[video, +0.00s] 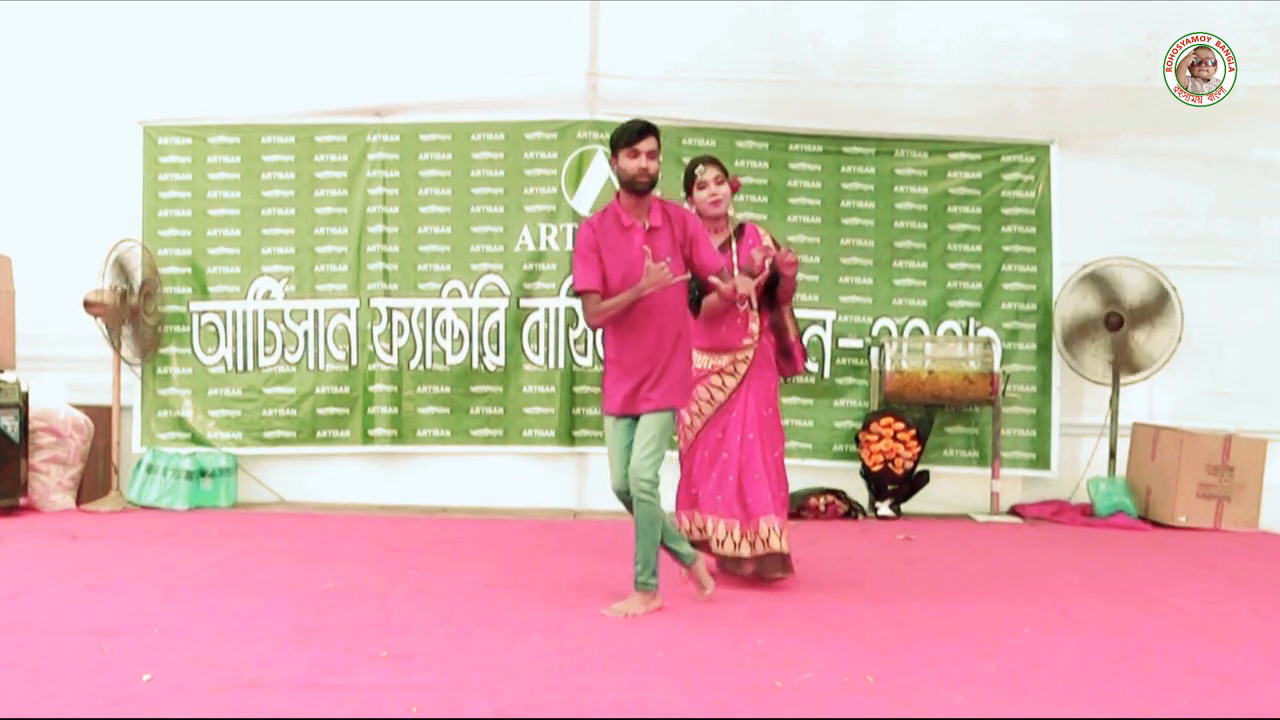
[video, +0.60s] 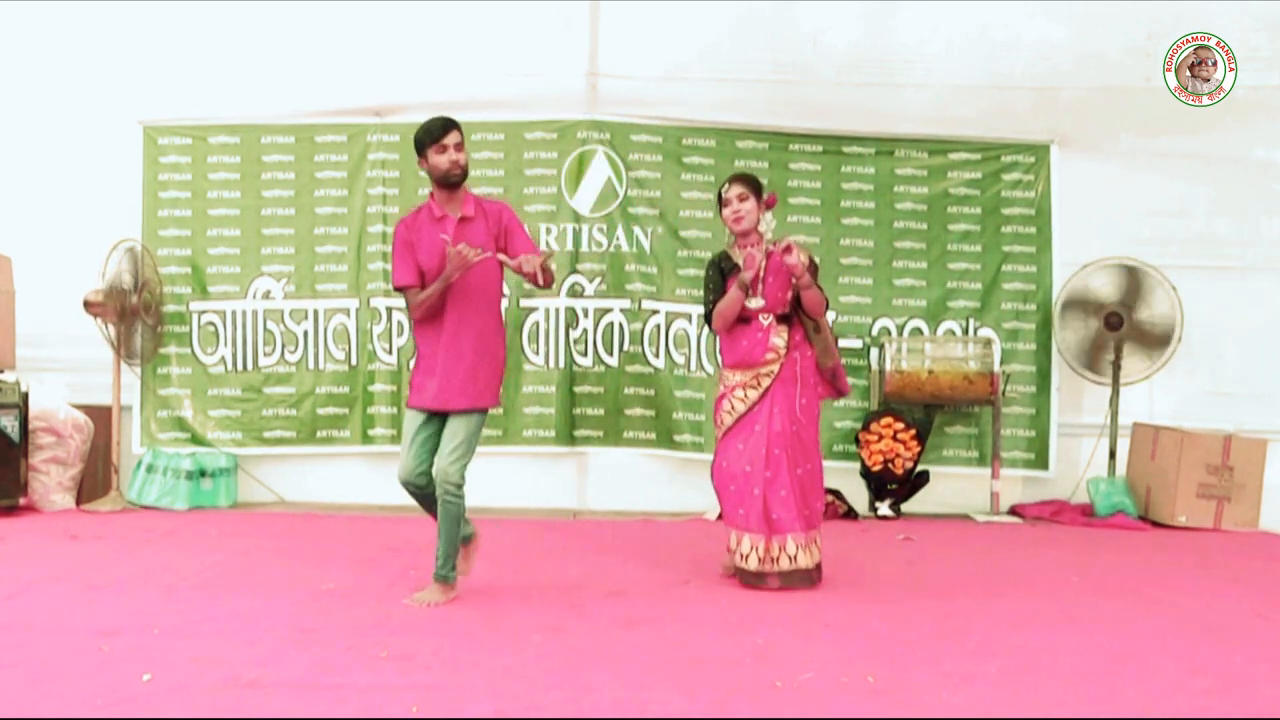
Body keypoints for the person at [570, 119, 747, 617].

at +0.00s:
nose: (645, 163)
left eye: (652, 155)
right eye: (634, 155)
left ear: (660, 162)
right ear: (615, 162)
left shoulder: (679, 219)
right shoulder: (594, 229)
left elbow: (719, 275)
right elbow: (593, 314)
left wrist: (735, 282)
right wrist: (640, 287)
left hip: (669, 368)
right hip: (621, 371)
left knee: (642, 477)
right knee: (622, 484)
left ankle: (646, 591)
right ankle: (690, 557)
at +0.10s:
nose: (606, 155)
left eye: (611, 147)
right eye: (595, 148)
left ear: (619, 155)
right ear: (574, 158)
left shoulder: (642, 215)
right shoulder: (554, 224)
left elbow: (685, 280)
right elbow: (553, 304)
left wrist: (692, 267)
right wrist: (598, 270)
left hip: (632, 369)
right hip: (582, 371)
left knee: (621, 476)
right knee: (564, 474)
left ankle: (644, 588)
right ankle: (604, 560)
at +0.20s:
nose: (579, 143)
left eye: (584, 135)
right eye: (568, 136)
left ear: (592, 142)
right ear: (546, 146)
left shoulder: (615, 201)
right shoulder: (528, 209)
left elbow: (662, 266)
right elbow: (525, 287)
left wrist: (668, 247)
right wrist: (565, 246)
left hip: (605, 352)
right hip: (556, 353)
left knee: (599, 461)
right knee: (537, 461)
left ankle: (629, 574)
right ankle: (559, 562)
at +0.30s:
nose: (541, 139)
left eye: (546, 131)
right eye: (530, 133)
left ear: (554, 137)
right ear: (508, 142)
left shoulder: (576, 195)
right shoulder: (491, 205)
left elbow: (625, 256)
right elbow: (491, 279)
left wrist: (633, 234)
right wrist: (521, 232)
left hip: (564, 346)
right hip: (516, 347)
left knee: (537, 453)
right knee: (520, 463)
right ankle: (548, 559)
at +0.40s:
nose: (516, 141)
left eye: (520, 133)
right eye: (504, 135)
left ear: (528, 139)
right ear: (483, 145)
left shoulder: (551, 200)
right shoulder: (464, 210)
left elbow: (596, 264)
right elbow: (471, 287)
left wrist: (606, 245)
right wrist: (501, 246)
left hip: (539, 350)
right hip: (491, 352)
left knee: (501, 463)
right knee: (502, 466)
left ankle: (471, 576)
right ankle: (550, 557)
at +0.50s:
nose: (478, 154)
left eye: (483, 145)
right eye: (467, 147)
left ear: (491, 152)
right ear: (446, 159)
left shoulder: (518, 217)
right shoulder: (430, 228)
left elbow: (553, 270)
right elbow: (438, 309)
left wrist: (556, 277)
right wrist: (472, 279)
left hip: (497, 367)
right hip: (451, 368)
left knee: (458, 475)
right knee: (443, 478)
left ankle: (445, 581)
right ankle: (511, 548)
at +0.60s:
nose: (455, 156)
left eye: (459, 147)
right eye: (444, 150)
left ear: (468, 154)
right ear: (424, 161)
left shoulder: (497, 215)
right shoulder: (409, 228)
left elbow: (543, 279)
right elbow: (416, 309)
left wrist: (538, 269)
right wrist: (448, 274)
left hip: (478, 367)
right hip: (430, 368)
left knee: (447, 474)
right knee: (413, 475)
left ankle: (443, 580)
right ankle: (462, 531)